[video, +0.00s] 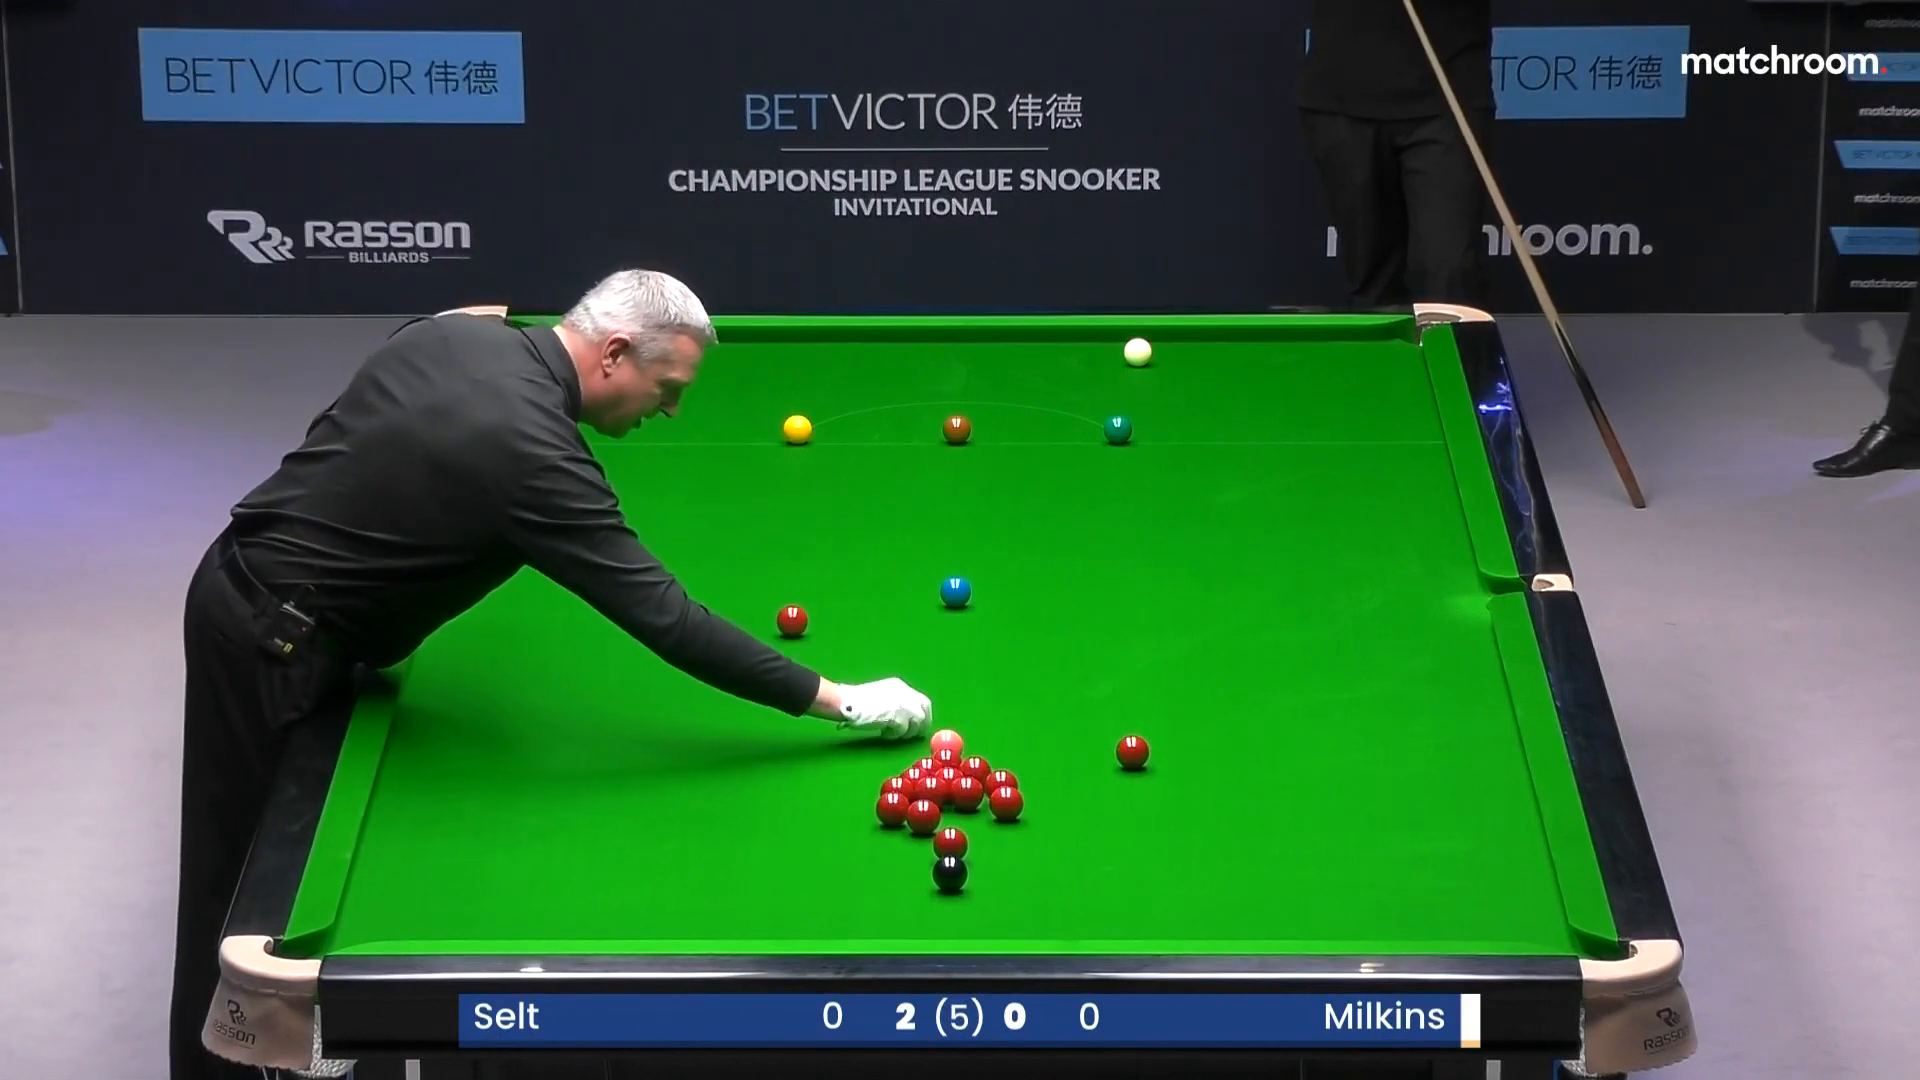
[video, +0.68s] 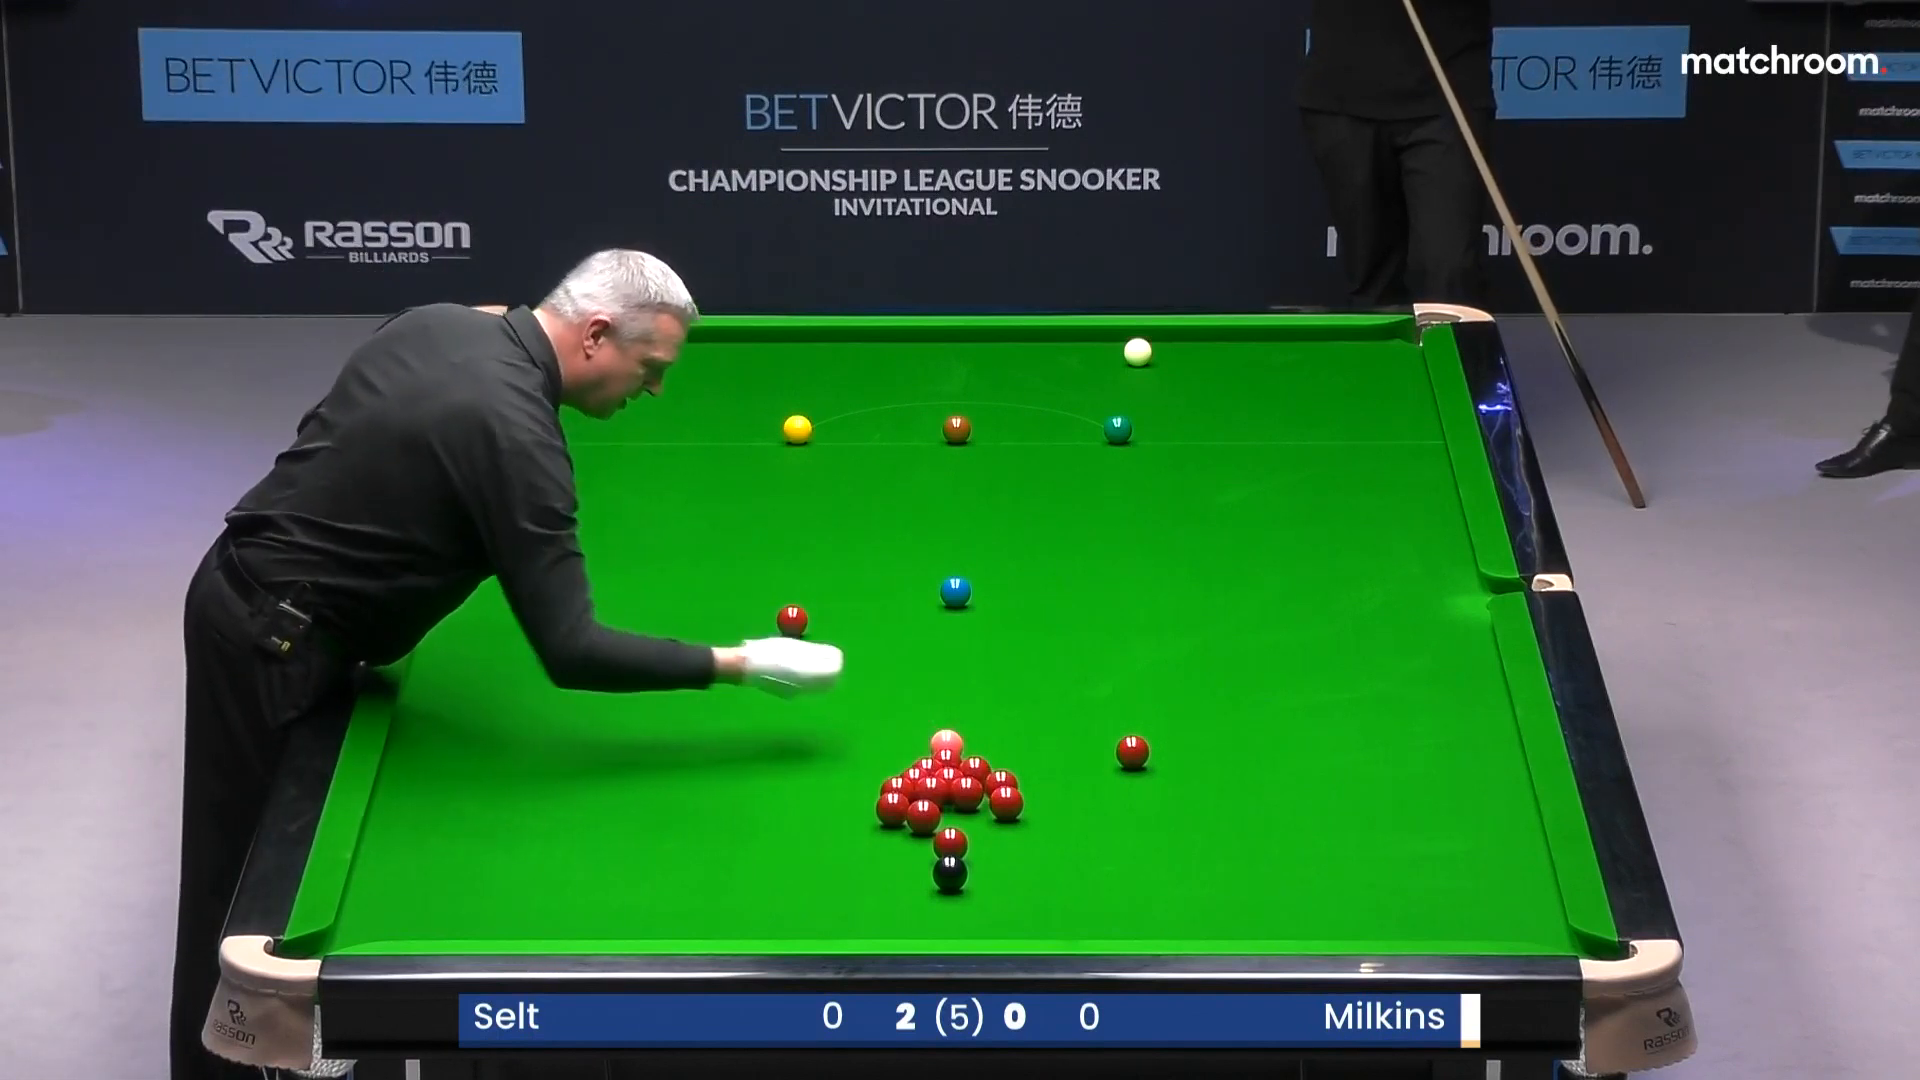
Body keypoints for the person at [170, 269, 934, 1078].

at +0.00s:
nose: (664, 410)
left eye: (674, 395)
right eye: (665, 390)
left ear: (594, 340)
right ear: (610, 355)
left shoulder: (452, 331)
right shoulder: (539, 454)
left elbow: (336, 439)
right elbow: (665, 616)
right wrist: (832, 695)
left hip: (240, 585)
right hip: (281, 638)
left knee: (242, 867)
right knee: (250, 883)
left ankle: (227, 1043)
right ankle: (215, 1052)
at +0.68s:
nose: (652, 389)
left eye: (660, 373)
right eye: (650, 368)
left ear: (579, 318)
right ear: (592, 331)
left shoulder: (438, 323)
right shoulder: (516, 430)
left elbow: (324, 448)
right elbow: (573, 651)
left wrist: (365, 610)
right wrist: (734, 660)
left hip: (241, 590)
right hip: (279, 636)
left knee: (236, 880)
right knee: (250, 894)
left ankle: (215, 1054)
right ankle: (215, 1060)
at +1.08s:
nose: (526, 307)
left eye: (533, 291)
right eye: (534, 292)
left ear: (452, 228)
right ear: (514, 282)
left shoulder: (329, 286)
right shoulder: (406, 369)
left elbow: (264, 448)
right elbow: (337, 556)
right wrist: (463, 596)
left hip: (207, 603)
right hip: (258, 635)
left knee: (225, 856)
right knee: (246, 867)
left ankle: (212, 1051)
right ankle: (217, 1059)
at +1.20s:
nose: (486, 298)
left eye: (497, 282)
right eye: (495, 280)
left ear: (411, 220)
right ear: (472, 263)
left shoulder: (298, 281)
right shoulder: (371, 349)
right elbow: (304, 540)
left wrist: (440, 317)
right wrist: (417, 584)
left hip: (194, 608)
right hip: (245, 634)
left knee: (217, 856)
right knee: (242, 866)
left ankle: (208, 1052)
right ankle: (215, 1060)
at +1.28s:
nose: (460, 296)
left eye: (473, 279)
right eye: (470, 277)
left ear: (391, 221)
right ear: (441, 250)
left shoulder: (280, 278)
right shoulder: (347, 343)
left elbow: (268, 430)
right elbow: (291, 535)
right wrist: (402, 580)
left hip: (183, 608)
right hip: (231, 633)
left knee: (212, 854)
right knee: (234, 865)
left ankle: (207, 1053)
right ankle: (212, 1061)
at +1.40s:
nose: (418, 299)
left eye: (433, 283)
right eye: (430, 279)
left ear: (374, 226)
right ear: (396, 241)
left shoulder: (246, 279)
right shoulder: (309, 338)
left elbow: (226, 443)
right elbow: (267, 533)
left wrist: (338, 503)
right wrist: (378, 573)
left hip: (164, 613)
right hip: (210, 637)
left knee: (201, 860)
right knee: (222, 872)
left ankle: (189, 1050)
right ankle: (193, 1058)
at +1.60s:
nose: (365, 303)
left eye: (378, 289)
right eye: (370, 282)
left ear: (314, 234)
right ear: (320, 239)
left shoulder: (219, 287)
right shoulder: (231, 340)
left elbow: (227, 461)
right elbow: (182, 545)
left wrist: (326, 504)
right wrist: (320, 585)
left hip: (174, 631)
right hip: (151, 643)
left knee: (207, 875)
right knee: (159, 878)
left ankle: (214, 1066)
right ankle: (31, 1064)